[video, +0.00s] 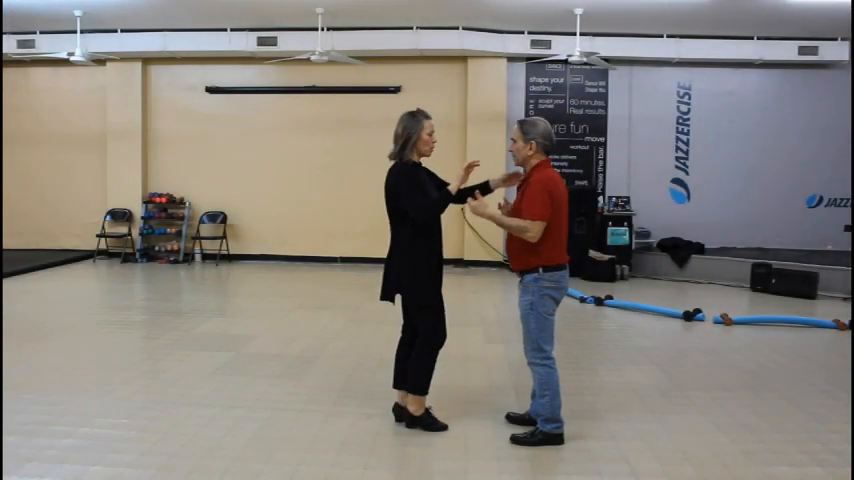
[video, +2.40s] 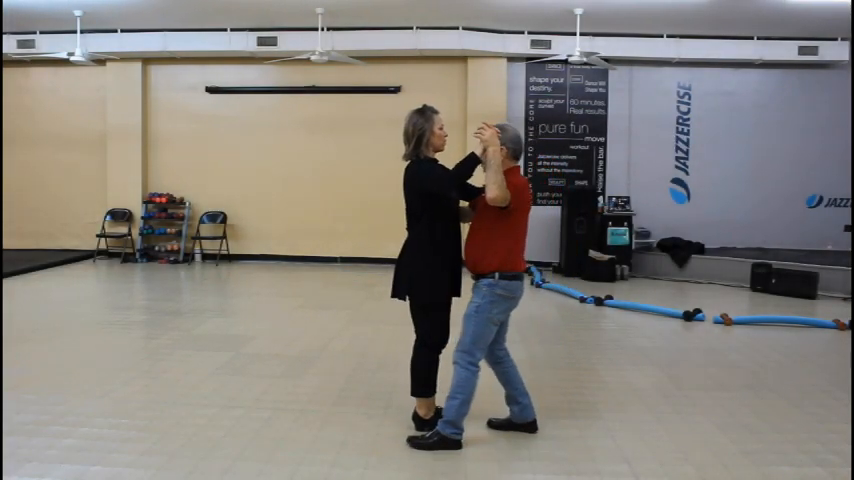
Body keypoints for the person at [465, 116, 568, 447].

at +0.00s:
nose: (510, 147)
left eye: (514, 141)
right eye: (511, 141)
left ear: (531, 146)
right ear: (534, 147)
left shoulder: (542, 181)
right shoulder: (536, 177)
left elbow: (532, 232)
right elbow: (522, 219)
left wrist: (490, 214)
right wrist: (498, 211)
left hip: (543, 278)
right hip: (538, 275)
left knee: (540, 355)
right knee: (537, 352)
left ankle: (551, 427)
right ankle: (539, 413)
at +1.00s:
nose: (506, 153)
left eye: (510, 147)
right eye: (505, 147)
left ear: (530, 148)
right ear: (526, 149)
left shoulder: (548, 179)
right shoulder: (524, 180)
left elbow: (518, 211)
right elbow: (492, 204)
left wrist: (500, 166)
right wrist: (450, 200)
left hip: (549, 280)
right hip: (532, 278)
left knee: (541, 354)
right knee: (525, 348)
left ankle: (548, 424)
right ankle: (527, 413)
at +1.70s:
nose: (492, 151)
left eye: (497, 145)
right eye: (491, 145)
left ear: (516, 148)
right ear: (512, 148)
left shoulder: (533, 178)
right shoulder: (501, 183)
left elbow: (509, 197)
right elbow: (466, 209)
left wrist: (499, 156)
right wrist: (433, 199)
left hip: (523, 276)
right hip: (507, 276)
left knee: (496, 347)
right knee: (514, 347)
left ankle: (518, 418)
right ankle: (525, 416)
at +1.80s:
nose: (491, 152)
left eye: (495, 146)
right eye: (489, 146)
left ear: (513, 148)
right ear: (509, 149)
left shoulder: (530, 179)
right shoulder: (499, 184)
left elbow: (506, 198)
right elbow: (463, 208)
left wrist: (497, 156)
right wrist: (432, 195)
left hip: (518, 277)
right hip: (504, 276)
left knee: (489, 349)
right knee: (512, 348)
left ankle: (489, 426)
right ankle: (525, 417)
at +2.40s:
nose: (481, 150)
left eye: (487, 145)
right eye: (483, 145)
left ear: (503, 151)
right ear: (503, 152)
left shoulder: (517, 181)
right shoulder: (496, 183)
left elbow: (496, 198)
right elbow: (466, 213)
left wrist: (491, 156)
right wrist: (432, 208)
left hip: (498, 282)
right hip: (496, 280)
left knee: (466, 356)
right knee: (495, 351)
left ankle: (449, 430)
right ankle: (523, 416)